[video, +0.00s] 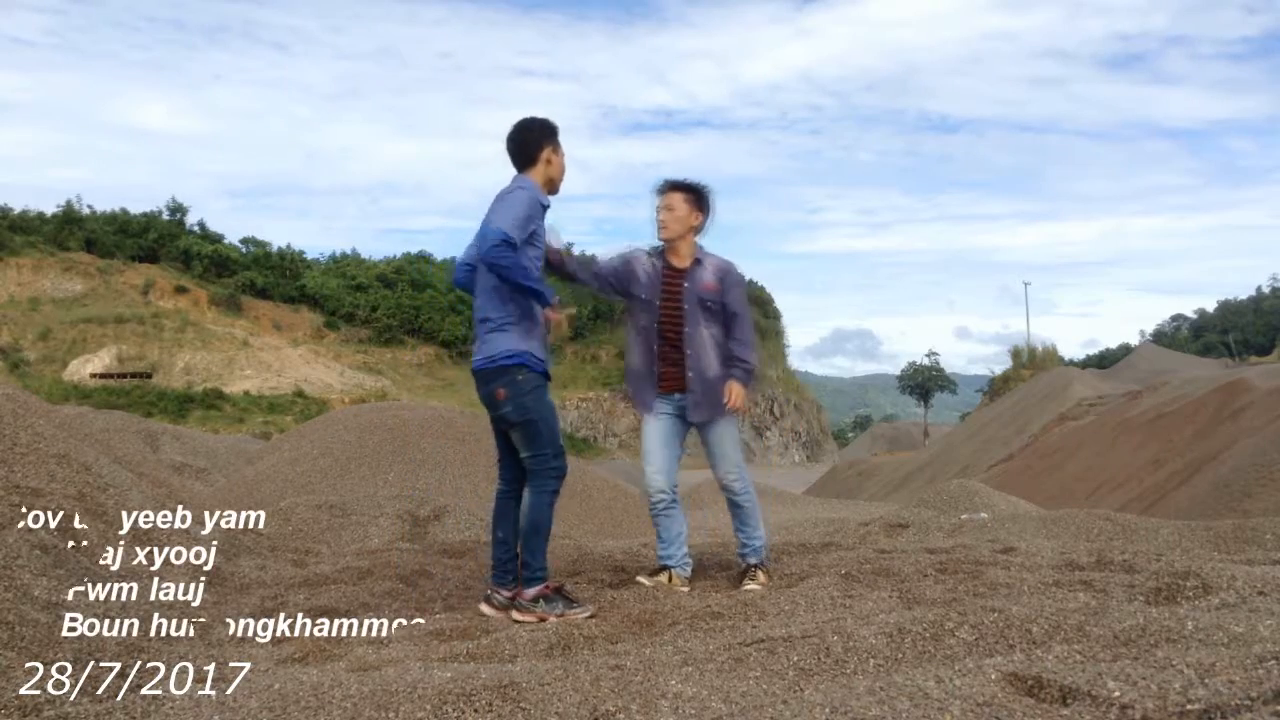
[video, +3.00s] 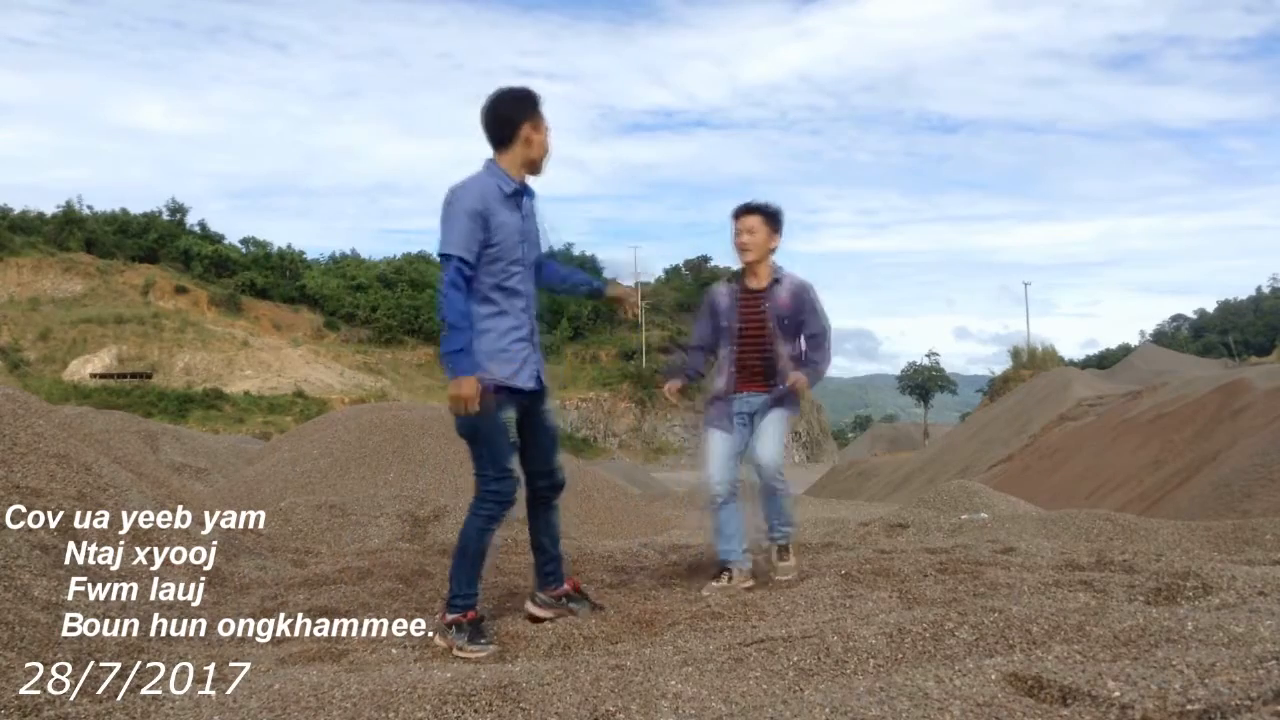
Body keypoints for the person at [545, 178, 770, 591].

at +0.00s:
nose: (661, 217)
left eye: (670, 210)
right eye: (659, 210)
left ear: (697, 218)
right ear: (658, 217)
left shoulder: (722, 273)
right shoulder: (637, 266)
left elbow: (742, 331)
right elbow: (590, 271)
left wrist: (739, 376)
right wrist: (548, 251)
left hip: (710, 397)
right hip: (660, 400)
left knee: (732, 480)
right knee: (658, 487)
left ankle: (754, 562)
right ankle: (675, 569)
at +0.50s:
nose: (624, 212)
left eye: (634, 203)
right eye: (621, 205)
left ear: (661, 210)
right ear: (619, 213)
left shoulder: (690, 262)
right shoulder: (606, 264)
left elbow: (718, 321)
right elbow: (568, 296)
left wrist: (744, 373)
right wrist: (540, 311)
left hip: (688, 383)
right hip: (639, 392)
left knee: (702, 467)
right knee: (652, 483)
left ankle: (717, 549)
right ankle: (666, 567)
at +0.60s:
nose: (626, 211)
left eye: (635, 203)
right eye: (623, 205)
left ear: (662, 210)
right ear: (621, 212)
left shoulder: (692, 263)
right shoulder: (607, 266)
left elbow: (720, 324)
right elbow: (587, 321)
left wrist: (745, 374)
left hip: (686, 386)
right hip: (637, 393)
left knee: (694, 473)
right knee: (651, 483)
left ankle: (701, 559)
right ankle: (665, 566)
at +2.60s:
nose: (686, 216)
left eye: (695, 208)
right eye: (682, 209)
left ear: (721, 210)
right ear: (679, 212)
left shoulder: (738, 265)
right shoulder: (672, 266)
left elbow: (727, 329)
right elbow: (646, 322)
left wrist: (704, 382)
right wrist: (623, 374)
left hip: (709, 395)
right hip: (662, 392)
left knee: (703, 484)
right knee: (643, 474)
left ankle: (692, 574)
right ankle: (690, 546)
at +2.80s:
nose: (722, 238)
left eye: (732, 231)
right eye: (719, 230)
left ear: (755, 240)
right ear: (714, 236)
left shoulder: (769, 296)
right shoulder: (695, 288)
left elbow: (774, 344)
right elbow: (659, 330)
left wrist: (745, 335)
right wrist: (628, 362)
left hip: (741, 403)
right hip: (697, 403)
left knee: (718, 474)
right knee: (693, 493)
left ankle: (702, 571)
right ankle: (739, 565)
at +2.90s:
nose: (729, 244)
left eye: (739, 237)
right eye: (726, 237)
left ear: (761, 247)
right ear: (720, 243)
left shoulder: (782, 300)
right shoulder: (705, 299)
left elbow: (801, 354)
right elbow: (675, 341)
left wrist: (775, 342)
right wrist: (645, 369)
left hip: (756, 404)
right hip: (712, 406)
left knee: (736, 466)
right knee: (697, 487)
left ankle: (740, 558)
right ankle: (724, 555)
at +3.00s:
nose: (742, 240)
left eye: (751, 233)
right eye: (738, 234)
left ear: (773, 239)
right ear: (734, 239)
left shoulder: (796, 291)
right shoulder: (719, 295)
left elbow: (820, 342)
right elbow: (700, 347)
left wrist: (808, 373)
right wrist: (681, 376)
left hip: (776, 400)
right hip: (728, 402)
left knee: (766, 461)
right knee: (719, 483)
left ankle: (781, 540)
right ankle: (736, 567)